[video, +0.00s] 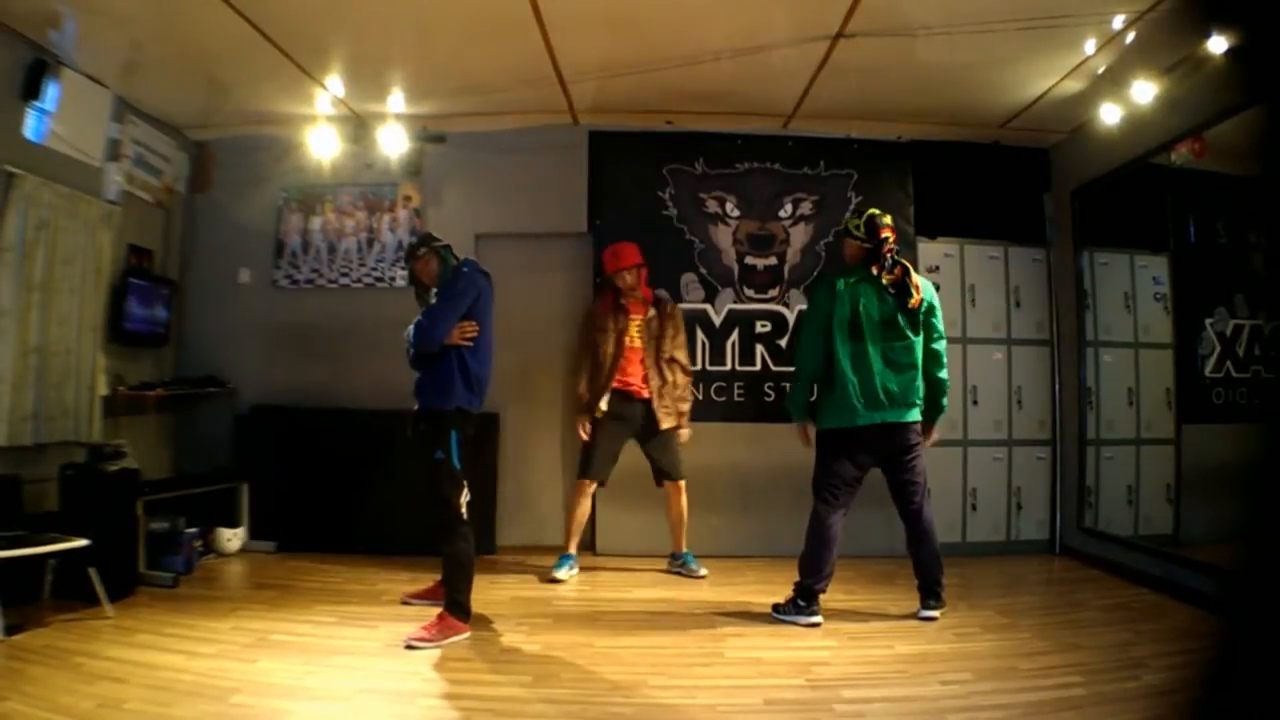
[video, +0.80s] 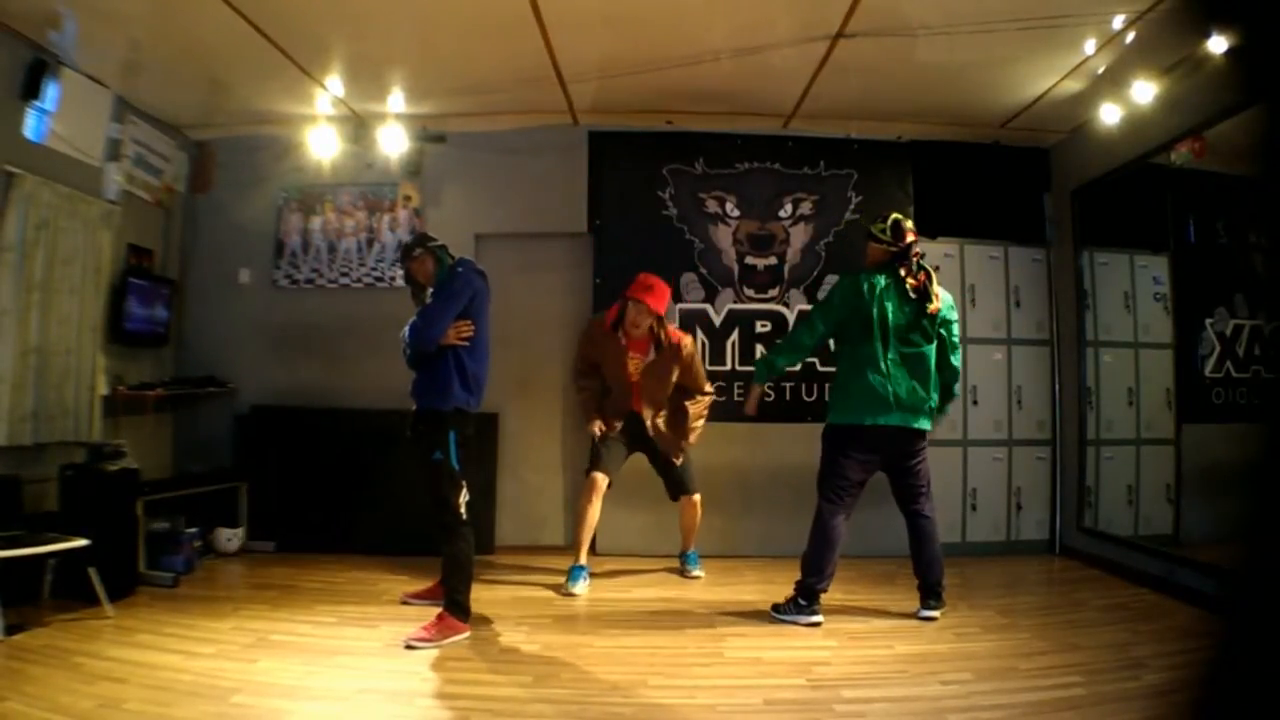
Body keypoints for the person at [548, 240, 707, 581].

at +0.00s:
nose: (625, 279)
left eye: (630, 272)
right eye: (618, 274)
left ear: (641, 271)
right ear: (611, 278)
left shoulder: (666, 312)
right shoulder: (601, 311)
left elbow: (679, 365)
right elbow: (585, 360)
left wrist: (682, 416)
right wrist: (583, 407)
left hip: (657, 408)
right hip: (613, 405)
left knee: (675, 480)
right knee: (587, 480)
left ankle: (680, 553)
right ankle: (569, 555)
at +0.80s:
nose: (636, 316)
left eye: (645, 311)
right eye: (634, 307)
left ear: (656, 316)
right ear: (625, 304)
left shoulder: (679, 346)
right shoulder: (599, 332)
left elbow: (700, 393)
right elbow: (584, 376)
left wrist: (684, 436)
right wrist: (591, 415)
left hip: (661, 421)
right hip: (616, 420)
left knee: (690, 496)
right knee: (596, 481)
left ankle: (689, 554)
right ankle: (579, 565)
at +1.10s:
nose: (636, 345)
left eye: (646, 342)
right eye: (636, 334)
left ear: (655, 349)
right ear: (626, 330)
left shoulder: (665, 377)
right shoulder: (590, 345)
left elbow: (667, 413)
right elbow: (556, 370)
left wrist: (642, 449)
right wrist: (567, 418)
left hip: (633, 431)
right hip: (591, 426)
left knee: (679, 491)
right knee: (575, 480)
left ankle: (684, 554)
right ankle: (577, 566)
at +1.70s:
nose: (651, 374)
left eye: (657, 367)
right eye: (645, 367)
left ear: (667, 367)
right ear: (632, 367)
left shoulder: (680, 383)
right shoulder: (608, 373)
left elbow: (684, 401)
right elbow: (574, 382)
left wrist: (663, 430)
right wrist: (580, 427)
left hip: (645, 439)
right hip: (604, 438)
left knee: (695, 488)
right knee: (580, 482)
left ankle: (685, 554)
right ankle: (578, 567)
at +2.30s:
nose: (706, 360)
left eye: (710, 352)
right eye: (698, 354)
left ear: (719, 351)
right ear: (686, 356)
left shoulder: (725, 380)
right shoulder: (663, 368)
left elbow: (718, 410)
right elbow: (625, 393)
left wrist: (698, 429)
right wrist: (624, 428)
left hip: (678, 442)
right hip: (641, 439)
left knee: (722, 489)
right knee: (607, 485)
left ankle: (687, 554)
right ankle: (579, 567)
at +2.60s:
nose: (715, 350)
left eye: (721, 345)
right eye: (710, 342)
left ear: (727, 346)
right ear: (696, 338)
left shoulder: (723, 372)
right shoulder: (664, 355)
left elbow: (716, 407)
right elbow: (623, 384)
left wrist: (707, 429)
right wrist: (623, 421)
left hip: (676, 438)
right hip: (638, 433)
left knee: (718, 486)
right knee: (604, 482)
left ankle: (687, 553)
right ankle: (579, 566)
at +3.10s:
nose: (678, 305)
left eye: (684, 299)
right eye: (672, 297)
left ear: (688, 302)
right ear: (655, 296)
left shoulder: (683, 337)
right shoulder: (617, 319)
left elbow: (680, 385)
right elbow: (584, 363)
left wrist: (681, 415)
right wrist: (591, 407)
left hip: (652, 421)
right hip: (613, 416)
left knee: (683, 486)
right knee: (584, 481)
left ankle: (684, 554)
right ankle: (578, 567)